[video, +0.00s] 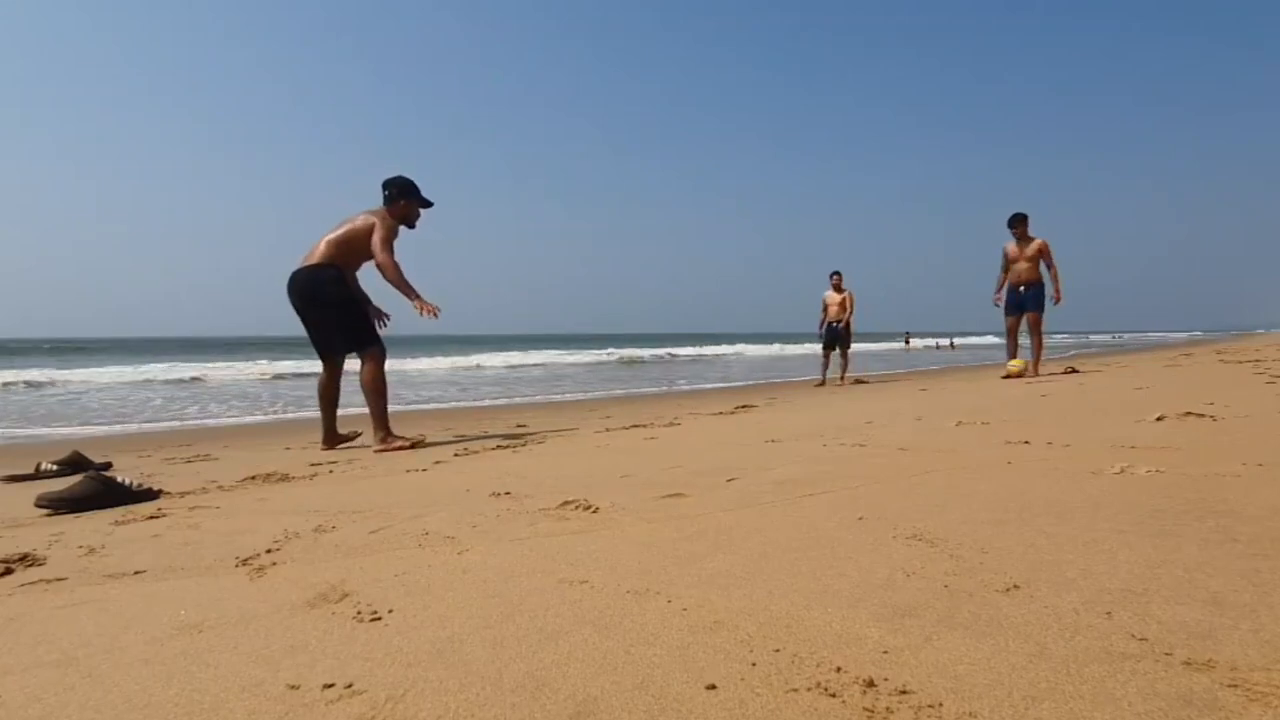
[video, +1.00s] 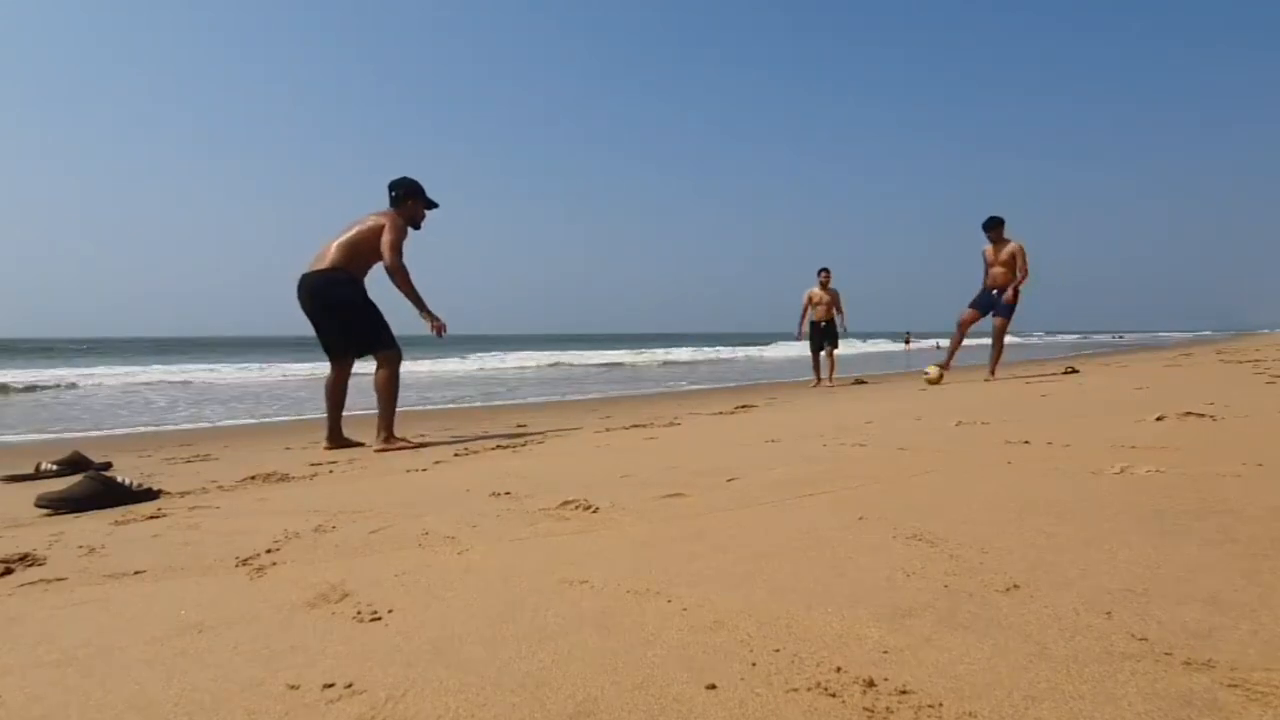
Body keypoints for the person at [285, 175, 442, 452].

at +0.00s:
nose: (419, 213)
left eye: (420, 207)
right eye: (416, 206)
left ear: (393, 203)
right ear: (399, 203)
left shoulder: (366, 220)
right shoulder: (384, 222)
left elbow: (346, 270)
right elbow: (384, 261)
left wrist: (367, 305)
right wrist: (416, 298)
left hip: (302, 282)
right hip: (328, 281)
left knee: (332, 361)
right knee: (373, 354)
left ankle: (329, 435)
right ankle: (382, 435)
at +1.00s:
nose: (424, 214)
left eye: (425, 208)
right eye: (422, 207)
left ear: (400, 203)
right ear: (407, 203)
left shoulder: (373, 221)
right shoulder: (393, 222)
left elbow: (348, 264)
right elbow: (393, 265)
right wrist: (426, 312)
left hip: (311, 284)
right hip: (339, 284)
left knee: (341, 362)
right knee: (389, 357)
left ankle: (334, 435)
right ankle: (385, 435)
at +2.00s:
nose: (397, 203)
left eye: (398, 197)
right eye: (394, 195)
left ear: (372, 192)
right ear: (378, 191)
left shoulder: (348, 212)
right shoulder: (366, 211)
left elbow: (328, 264)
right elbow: (357, 256)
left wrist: (336, 303)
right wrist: (389, 305)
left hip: (294, 283)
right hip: (317, 283)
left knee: (332, 361)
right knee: (365, 358)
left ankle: (323, 436)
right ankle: (350, 437)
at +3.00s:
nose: (406, 179)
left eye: (406, 173)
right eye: (403, 172)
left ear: (379, 169)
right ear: (387, 168)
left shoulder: (358, 193)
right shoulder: (372, 191)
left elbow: (361, 260)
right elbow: (365, 239)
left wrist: (387, 298)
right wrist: (397, 289)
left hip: (330, 276)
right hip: (342, 276)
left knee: (358, 359)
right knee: (369, 356)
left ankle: (328, 436)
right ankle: (348, 437)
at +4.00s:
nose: (424, 190)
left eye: (425, 185)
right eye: (421, 183)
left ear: (401, 180)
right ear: (406, 179)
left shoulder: (384, 204)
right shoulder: (389, 204)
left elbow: (386, 262)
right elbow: (387, 257)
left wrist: (414, 302)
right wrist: (417, 303)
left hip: (363, 286)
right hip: (358, 287)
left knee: (397, 357)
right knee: (383, 363)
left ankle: (393, 429)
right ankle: (355, 436)